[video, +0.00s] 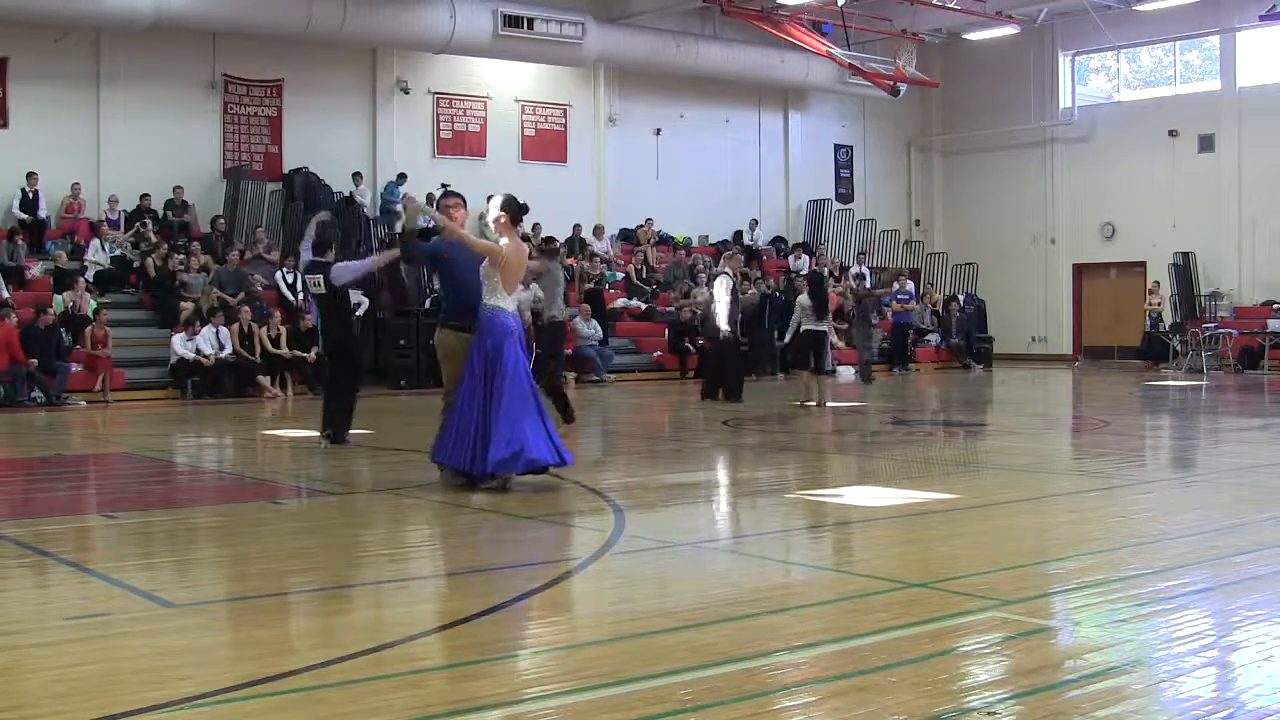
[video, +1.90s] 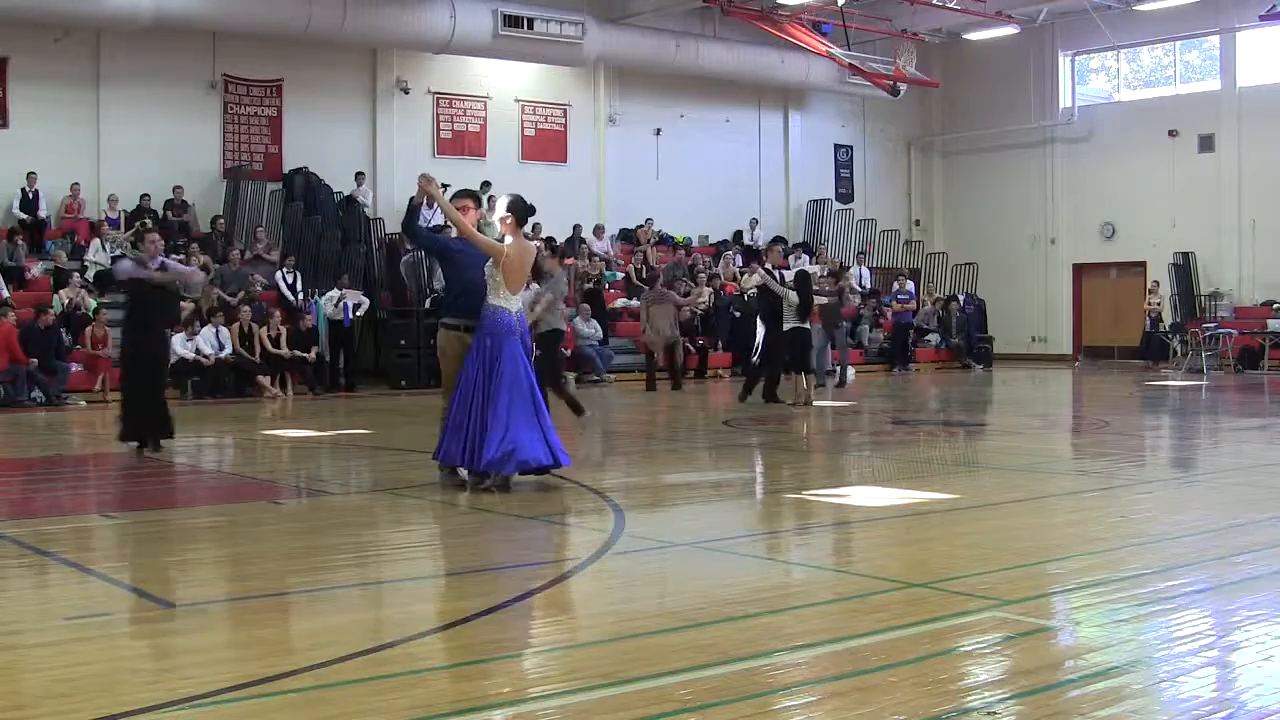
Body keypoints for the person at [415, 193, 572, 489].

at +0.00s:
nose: (487, 216)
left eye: (489, 211)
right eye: (488, 211)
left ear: (503, 218)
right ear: (511, 219)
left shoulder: (502, 250)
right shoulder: (522, 249)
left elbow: (462, 236)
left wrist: (427, 210)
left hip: (494, 321)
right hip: (511, 321)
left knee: (494, 392)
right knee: (506, 391)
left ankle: (498, 464)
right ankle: (503, 460)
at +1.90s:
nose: (494, 216)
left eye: (498, 212)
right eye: (496, 212)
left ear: (509, 219)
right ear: (520, 219)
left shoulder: (502, 250)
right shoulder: (531, 249)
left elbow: (464, 228)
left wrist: (438, 195)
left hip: (496, 322)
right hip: (517, 322)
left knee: (493, 393)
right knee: (510, 393)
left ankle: (493, 463)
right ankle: (504, 462)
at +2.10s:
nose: (498, 218)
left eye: (502, 214)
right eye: (500, 214)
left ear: (511, 218)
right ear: (522, 220)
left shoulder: (505, 250)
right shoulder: (532, 249)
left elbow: (465, 228)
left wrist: (436, 199)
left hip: (498, 323)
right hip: (518, 322)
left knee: (496, 392)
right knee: (510, 392)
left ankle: (499, 462)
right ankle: (502, 462)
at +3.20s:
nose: (477, 220)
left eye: (483, 216)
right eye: (477, 214)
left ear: (498, 223)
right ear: (478, 218)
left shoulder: (488, 252)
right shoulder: (481, 248)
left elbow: (449, 237)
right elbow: (449, 237)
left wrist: (408, 211)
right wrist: (417, 219)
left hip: (482, 332)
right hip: (482, 329)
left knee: (469, 397)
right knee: (493, 397)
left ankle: (472, 470)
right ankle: (508, 466)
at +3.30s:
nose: (465, 223)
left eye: (472, 219)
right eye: (465, 218)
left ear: (487, 225)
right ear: (467, 222)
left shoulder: (480, 253)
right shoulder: (469, 249)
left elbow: (439, 244)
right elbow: (437, 241)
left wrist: (403, 221)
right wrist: (406, 225)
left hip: (476, 331)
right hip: (474, 328)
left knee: (465, 398)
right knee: (491, 397)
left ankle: (464, 469)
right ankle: (509, 465)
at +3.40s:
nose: (453, 227)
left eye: (459, 223)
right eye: (453, 222)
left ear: (475, 226)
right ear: (457, 225)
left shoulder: (469, 256)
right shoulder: (461, 255)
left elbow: (427, 244)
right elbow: (424, 242)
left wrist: (389, 219)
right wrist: (394, 225)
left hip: (469, 332)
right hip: (462, 330)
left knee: (459, 397)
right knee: (462, 397)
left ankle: (464, 467)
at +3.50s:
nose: (439, 226)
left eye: (445, 221)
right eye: (440, 220)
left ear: (461, 227)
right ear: (445, 225)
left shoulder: (456, 258)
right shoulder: (449, 256)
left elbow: (413, 244)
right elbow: (412, 243)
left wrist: (375, 216)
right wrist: (378, 218)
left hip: (457, 333)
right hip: (448, 331)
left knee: (450, 399)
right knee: (448, 399)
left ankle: (462, 469)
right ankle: (456, 468)